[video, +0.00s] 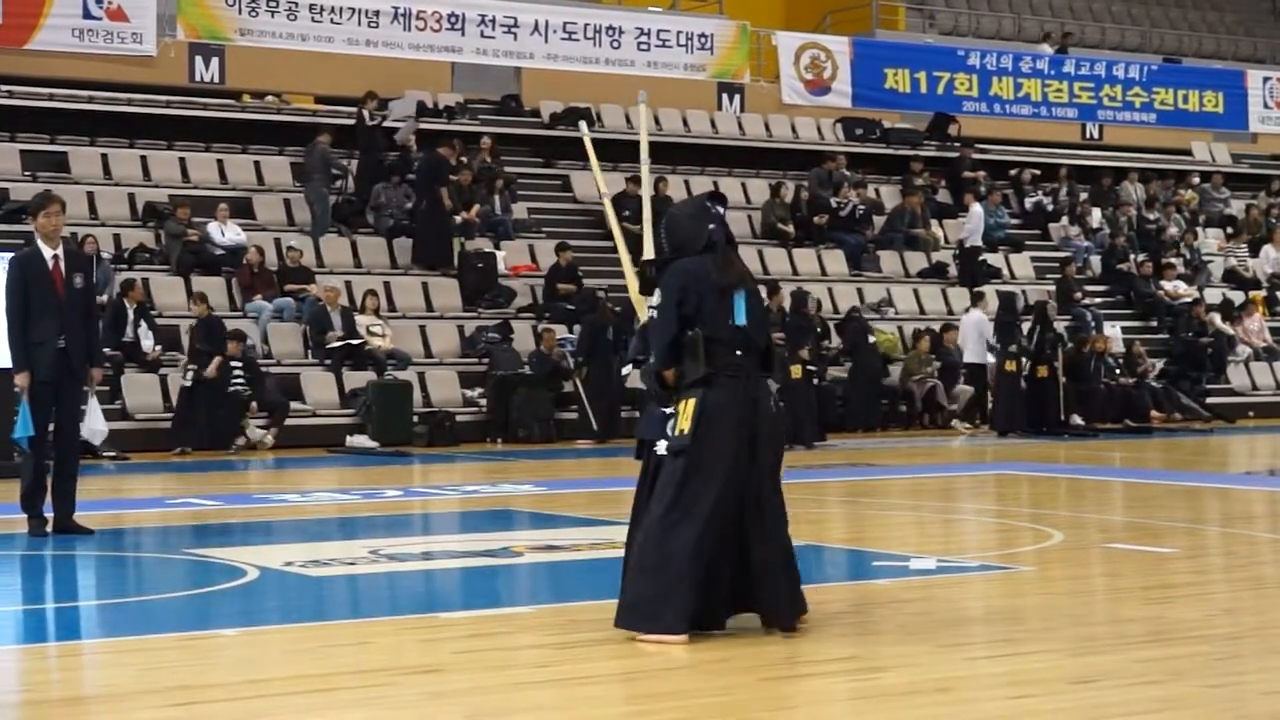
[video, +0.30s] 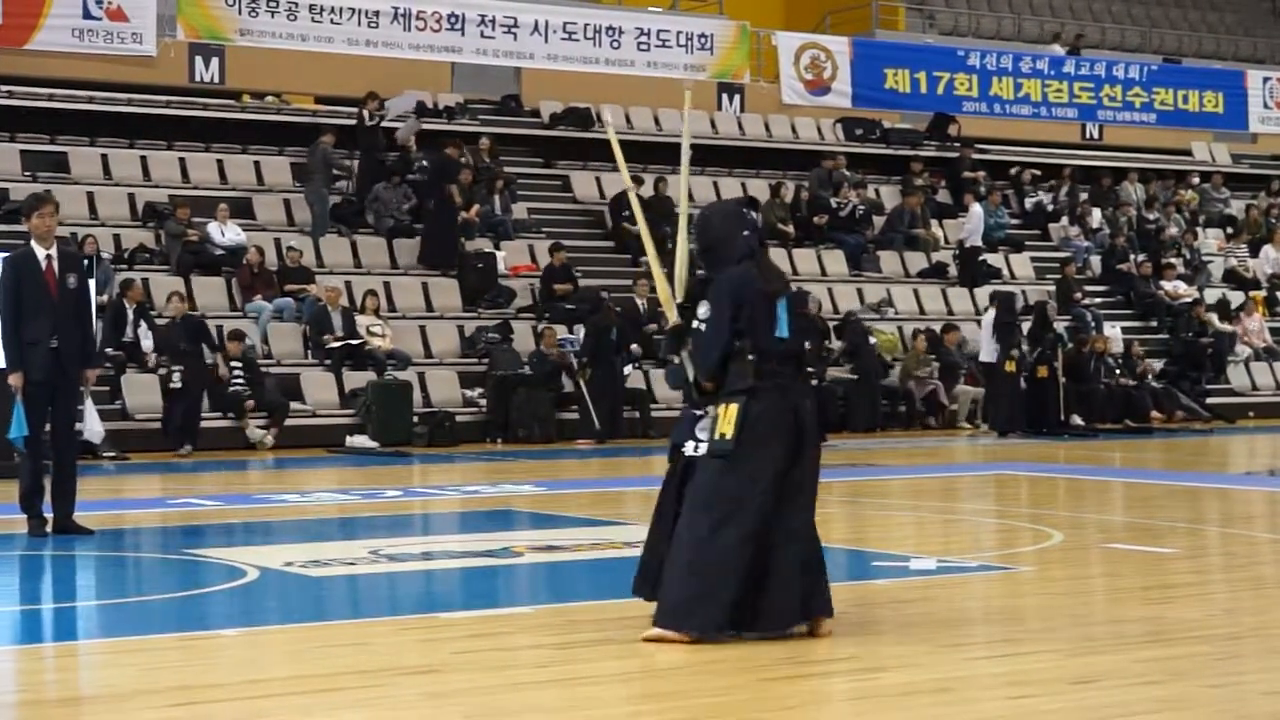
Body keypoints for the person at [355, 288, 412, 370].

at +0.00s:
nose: (373, 302)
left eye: (376, 299)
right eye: (371, 299)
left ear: (378, 302)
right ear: (364, 301)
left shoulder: (381, 318)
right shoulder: (358, 319)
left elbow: (388, 332)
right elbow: (362, 336)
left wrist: (386, 344)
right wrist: (377, 344)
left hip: (384, 345)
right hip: (370, 346)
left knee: (406, 358)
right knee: (381, 359)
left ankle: (393, 377)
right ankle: (381, 381)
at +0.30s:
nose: (373, 302)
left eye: (376, 300)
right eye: (370, 299)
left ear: (378, 302)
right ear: (364, 301)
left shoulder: (381, 318)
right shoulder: (358, 319)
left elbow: (388, 332)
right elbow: (362, 337)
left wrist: (386, 344)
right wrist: (377, 344)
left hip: (384, 345)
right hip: (370, 346)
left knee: (406, 358)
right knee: (381, 359)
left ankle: (393, 378)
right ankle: (380, 381)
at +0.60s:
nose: (374, 302)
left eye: (376, 300)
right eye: (371, 299)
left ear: (379, 302)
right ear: (365, 301)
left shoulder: (382, 319)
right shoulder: (358, 319)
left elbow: (388, 332)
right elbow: (362, 337)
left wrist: (387, 345)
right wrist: (377, 345)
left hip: (384, 345)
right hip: (370, 347)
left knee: (406, 358)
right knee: (381, 359)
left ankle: (393, 379)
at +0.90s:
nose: (374, 302)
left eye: (376, 300)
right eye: (371, 299)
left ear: (379, 302)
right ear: (365, 301)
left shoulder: (382, 319)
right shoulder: (358, 319)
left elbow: (389, 332)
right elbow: (362, 337)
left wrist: (387, 344)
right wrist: (377, 345)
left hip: (384, 345)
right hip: (370, 347)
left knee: (406, 358)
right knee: (381, 359)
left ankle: (393, 379)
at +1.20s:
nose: (375, 302)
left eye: (377, 300)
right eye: (372, 299)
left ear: (379, 302)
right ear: (365, 301)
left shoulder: (382, 318)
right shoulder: (359, 319)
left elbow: (389, 332)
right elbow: (362, 336)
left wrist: (387, 344)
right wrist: (377, 344)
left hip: (385, 345)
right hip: (371, 347)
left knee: (407, 358)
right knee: (382, 359)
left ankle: (394, 379)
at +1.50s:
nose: (375, 302)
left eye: (377, 299)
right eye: (372, 299)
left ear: (380, 302)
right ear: (365, 301)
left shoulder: (382, 318)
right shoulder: (359, 319)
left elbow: (389, 332)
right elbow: (362, 336)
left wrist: (387, 344)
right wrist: (378, 344)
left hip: (385, 345)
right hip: (371, 346)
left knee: (407, 358)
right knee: (382, 359)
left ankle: (394, 379)